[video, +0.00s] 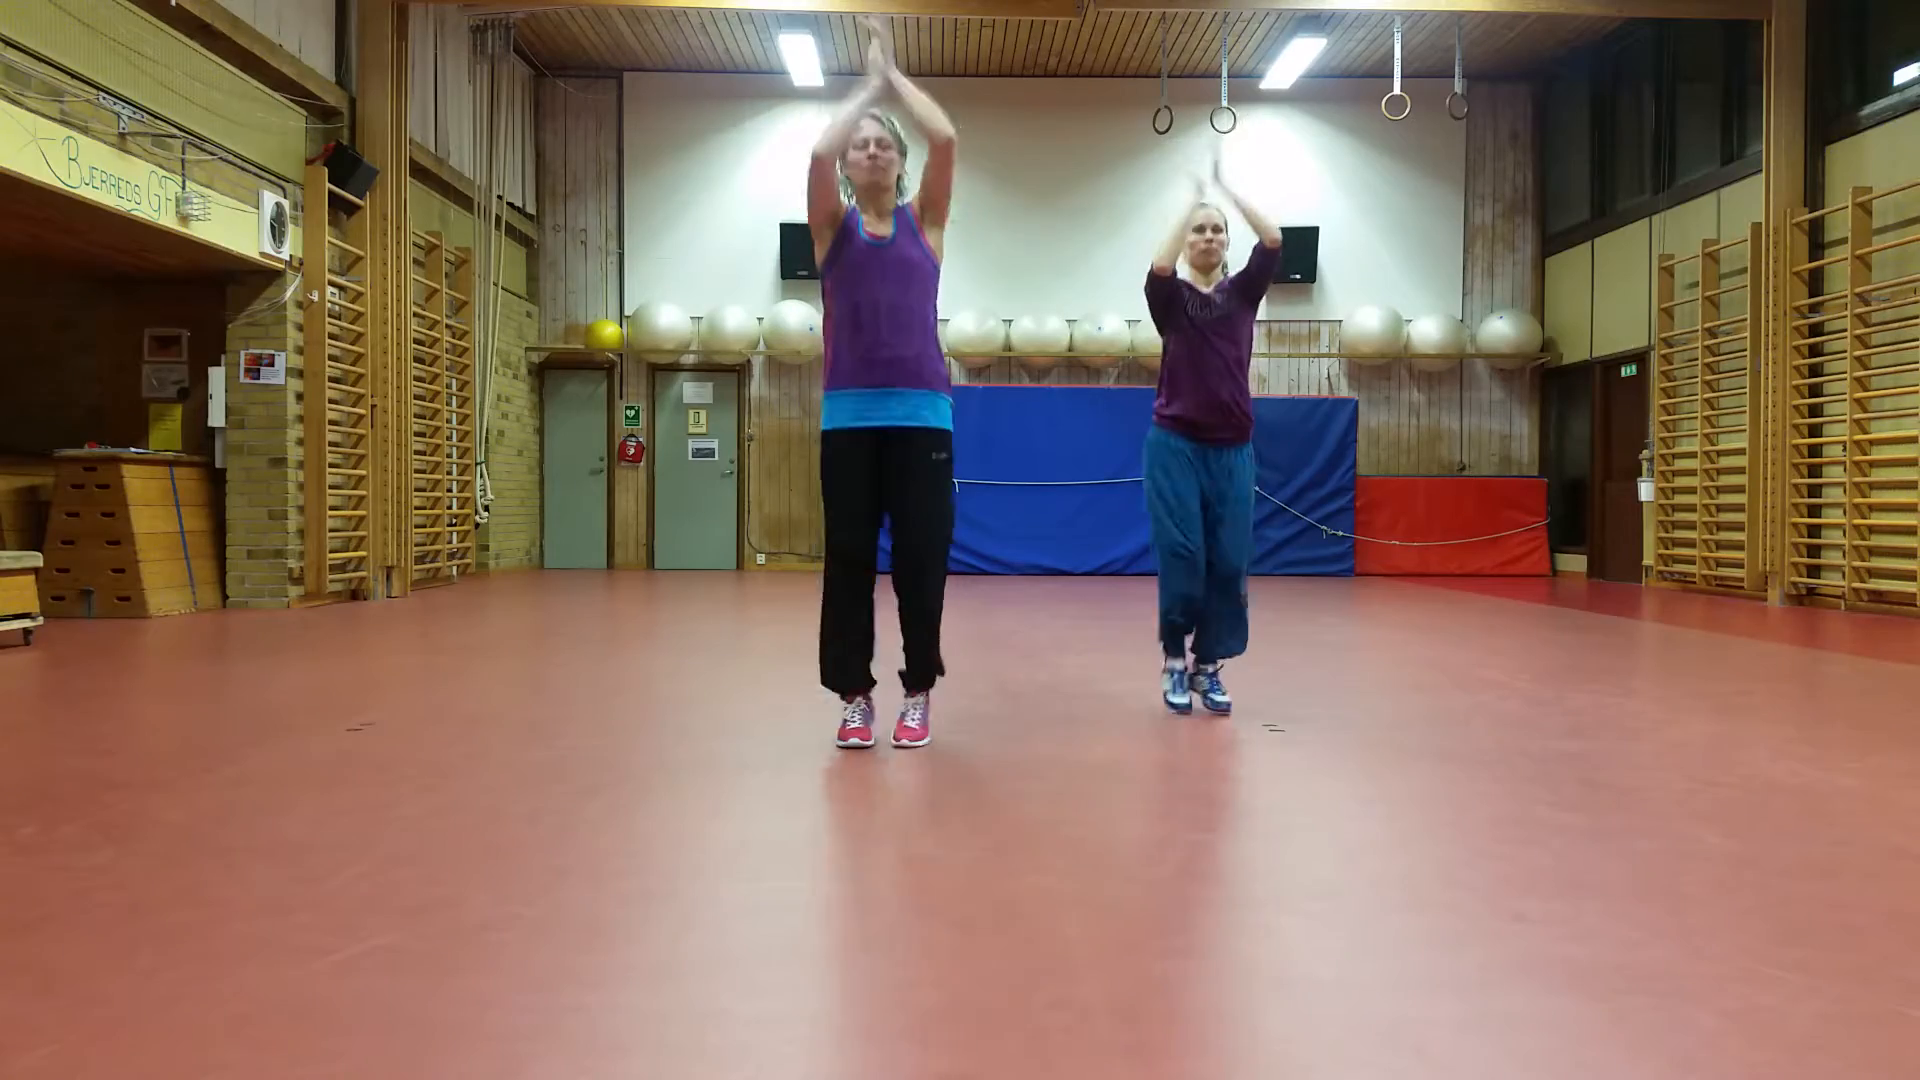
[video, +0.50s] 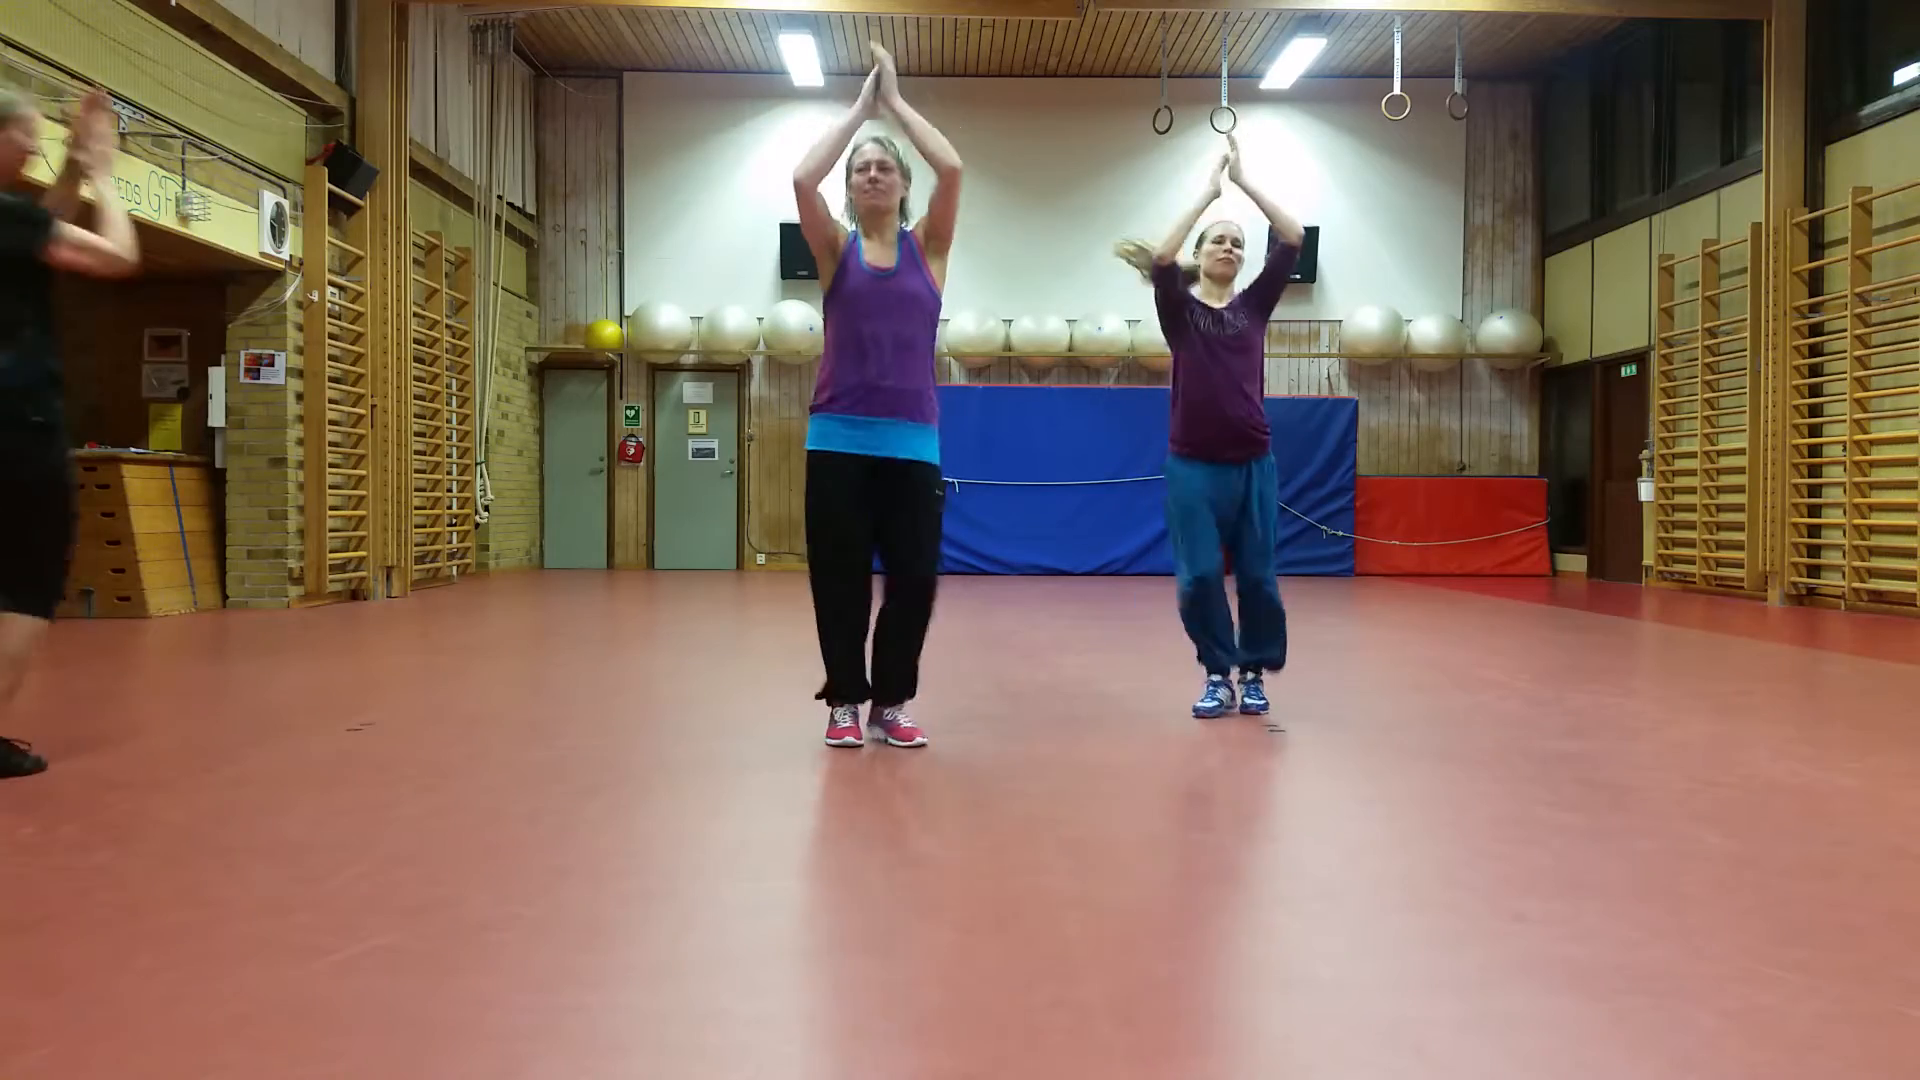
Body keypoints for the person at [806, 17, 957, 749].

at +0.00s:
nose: (874, 150)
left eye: (883, 144)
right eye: (862, 145)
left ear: (901, 163)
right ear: (844, 164)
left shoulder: (924, 222)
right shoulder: (833, 226)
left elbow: (945, 139)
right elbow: (823, 153)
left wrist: (894, 77)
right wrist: (871, 80)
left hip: (922, 416)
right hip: (851, 417)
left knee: (921, 562)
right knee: (849, 561)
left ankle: (918, 693)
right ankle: (854, 697)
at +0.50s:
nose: (873, 173)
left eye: (885, 167)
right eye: (862, 166)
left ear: (904, 185)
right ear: (849, 185)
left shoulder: (928, 249)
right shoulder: (835, 250)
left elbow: (952, 168)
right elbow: (805, 181)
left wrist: (896, 102)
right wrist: (861, 106)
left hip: (913, 440)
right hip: (840, 437)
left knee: (914, 580)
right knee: (840, 578)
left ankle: (891, 701)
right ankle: (846, 703)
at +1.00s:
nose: (891, 169)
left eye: (902, 160)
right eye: (879, 162)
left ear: (923, 175)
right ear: (867, 177)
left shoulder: (948, 236)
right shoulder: (853, 239)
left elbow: (981, 167)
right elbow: (804, 188)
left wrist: (923, 96)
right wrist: (855, 112)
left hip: (941, 428)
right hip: (865, 428)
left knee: (941, 572)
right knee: (834, 564)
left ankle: (934, 703)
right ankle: (862, 689)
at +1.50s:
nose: (889, 151)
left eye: (900, 143)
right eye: (878, 144)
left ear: (919, 160)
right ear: (861, 160)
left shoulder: (940, 222)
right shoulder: (847, 226)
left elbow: (977, 157)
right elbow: (821, 169)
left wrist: (946, 67)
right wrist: (836, 90)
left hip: (934, 413)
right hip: (860, 415)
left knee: (947, 550)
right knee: (860, 558)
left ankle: (930, 682)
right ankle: (868, 697)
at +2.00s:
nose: (883, 166)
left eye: (894, 157)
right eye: (871, 157)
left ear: (912, 172)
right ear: (855, 172)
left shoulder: (935, 239)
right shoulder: (845, 239)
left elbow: (952, 160)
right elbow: (818, 180)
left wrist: (898, 93)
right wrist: (867, 103)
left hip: (921, 425)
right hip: (849, 421)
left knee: (921, 571)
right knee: (849, 565)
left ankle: (890, 702)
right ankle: (844, 695)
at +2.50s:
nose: (889, 170)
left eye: (902, 162)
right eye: (877, 163)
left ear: (921, 182)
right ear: (864, 184)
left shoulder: (947, 249)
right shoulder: (847, 250)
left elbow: (989, 210)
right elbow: (799, 234)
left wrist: (929, 145)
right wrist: (849, 157)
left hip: (941, 442)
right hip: (864, 443)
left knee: (940, 584)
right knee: (847, 575)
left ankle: (939, 711)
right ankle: (879, 709)